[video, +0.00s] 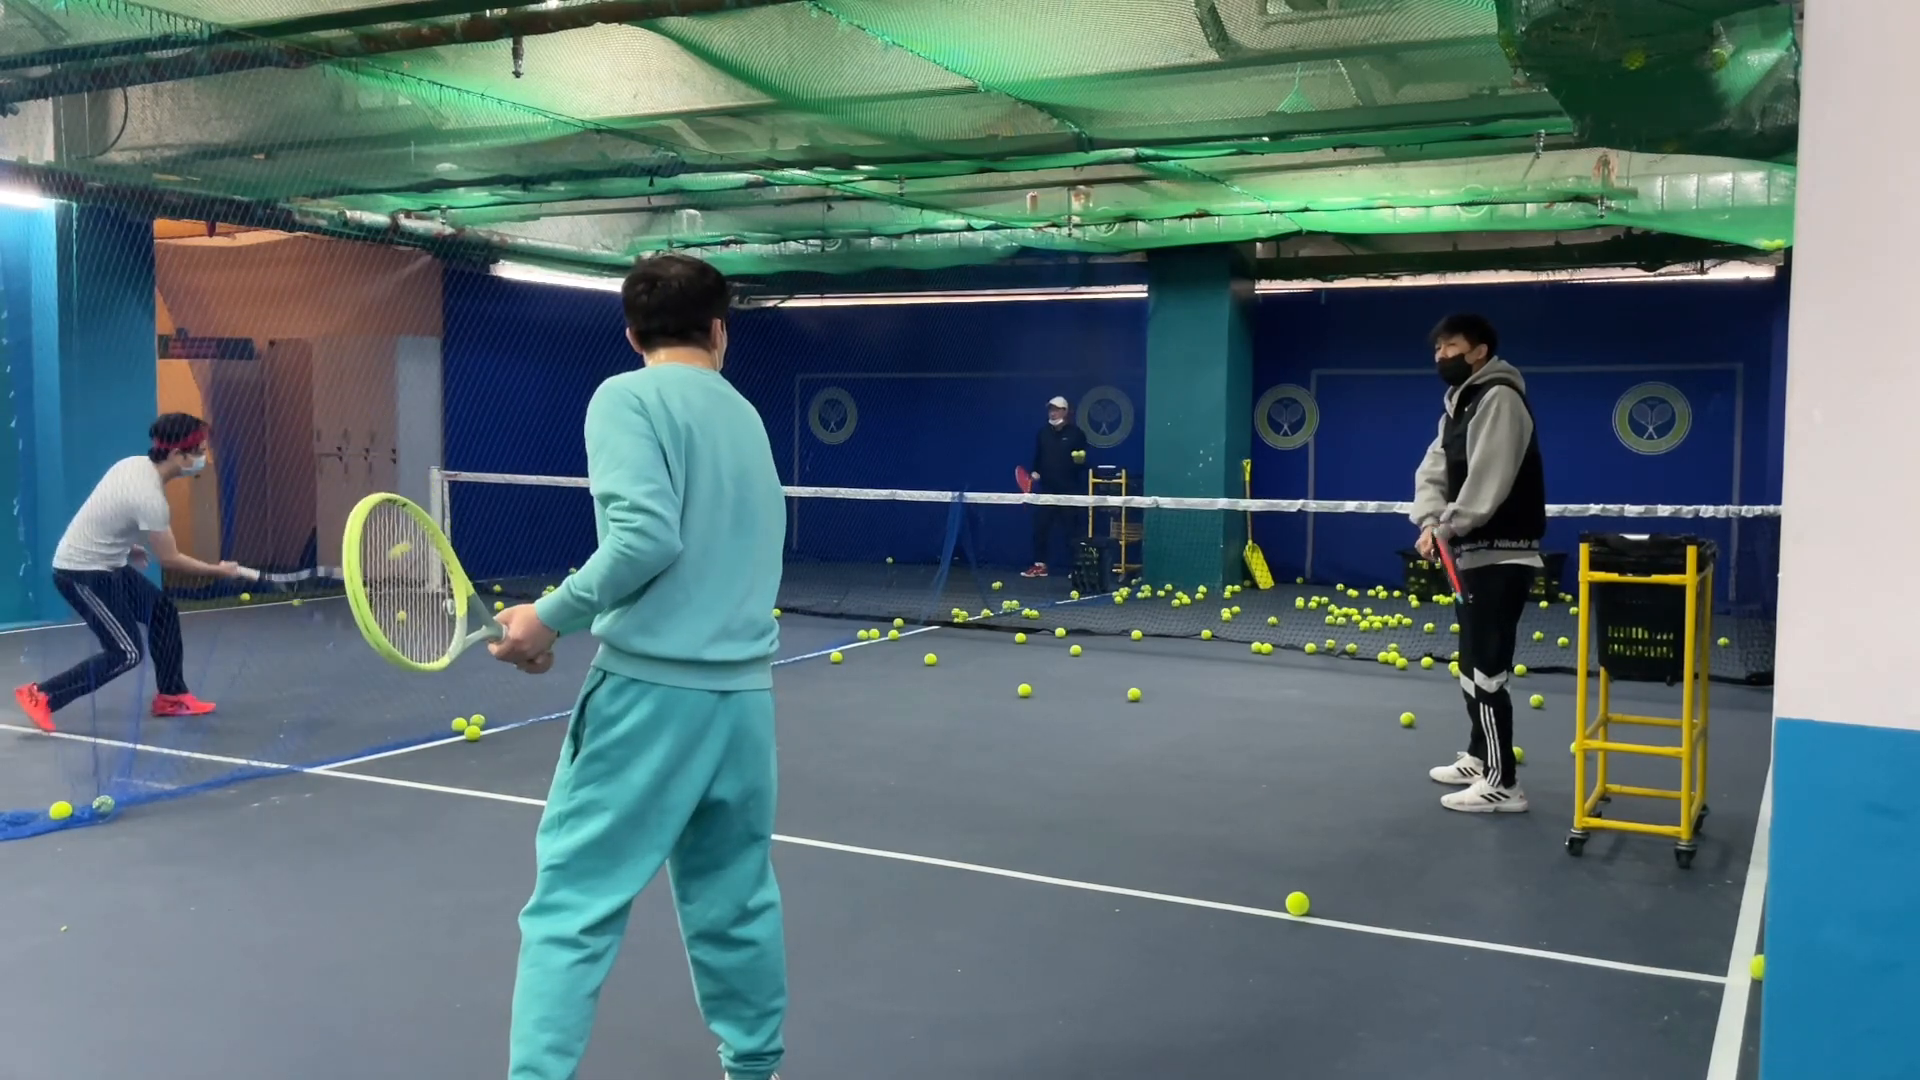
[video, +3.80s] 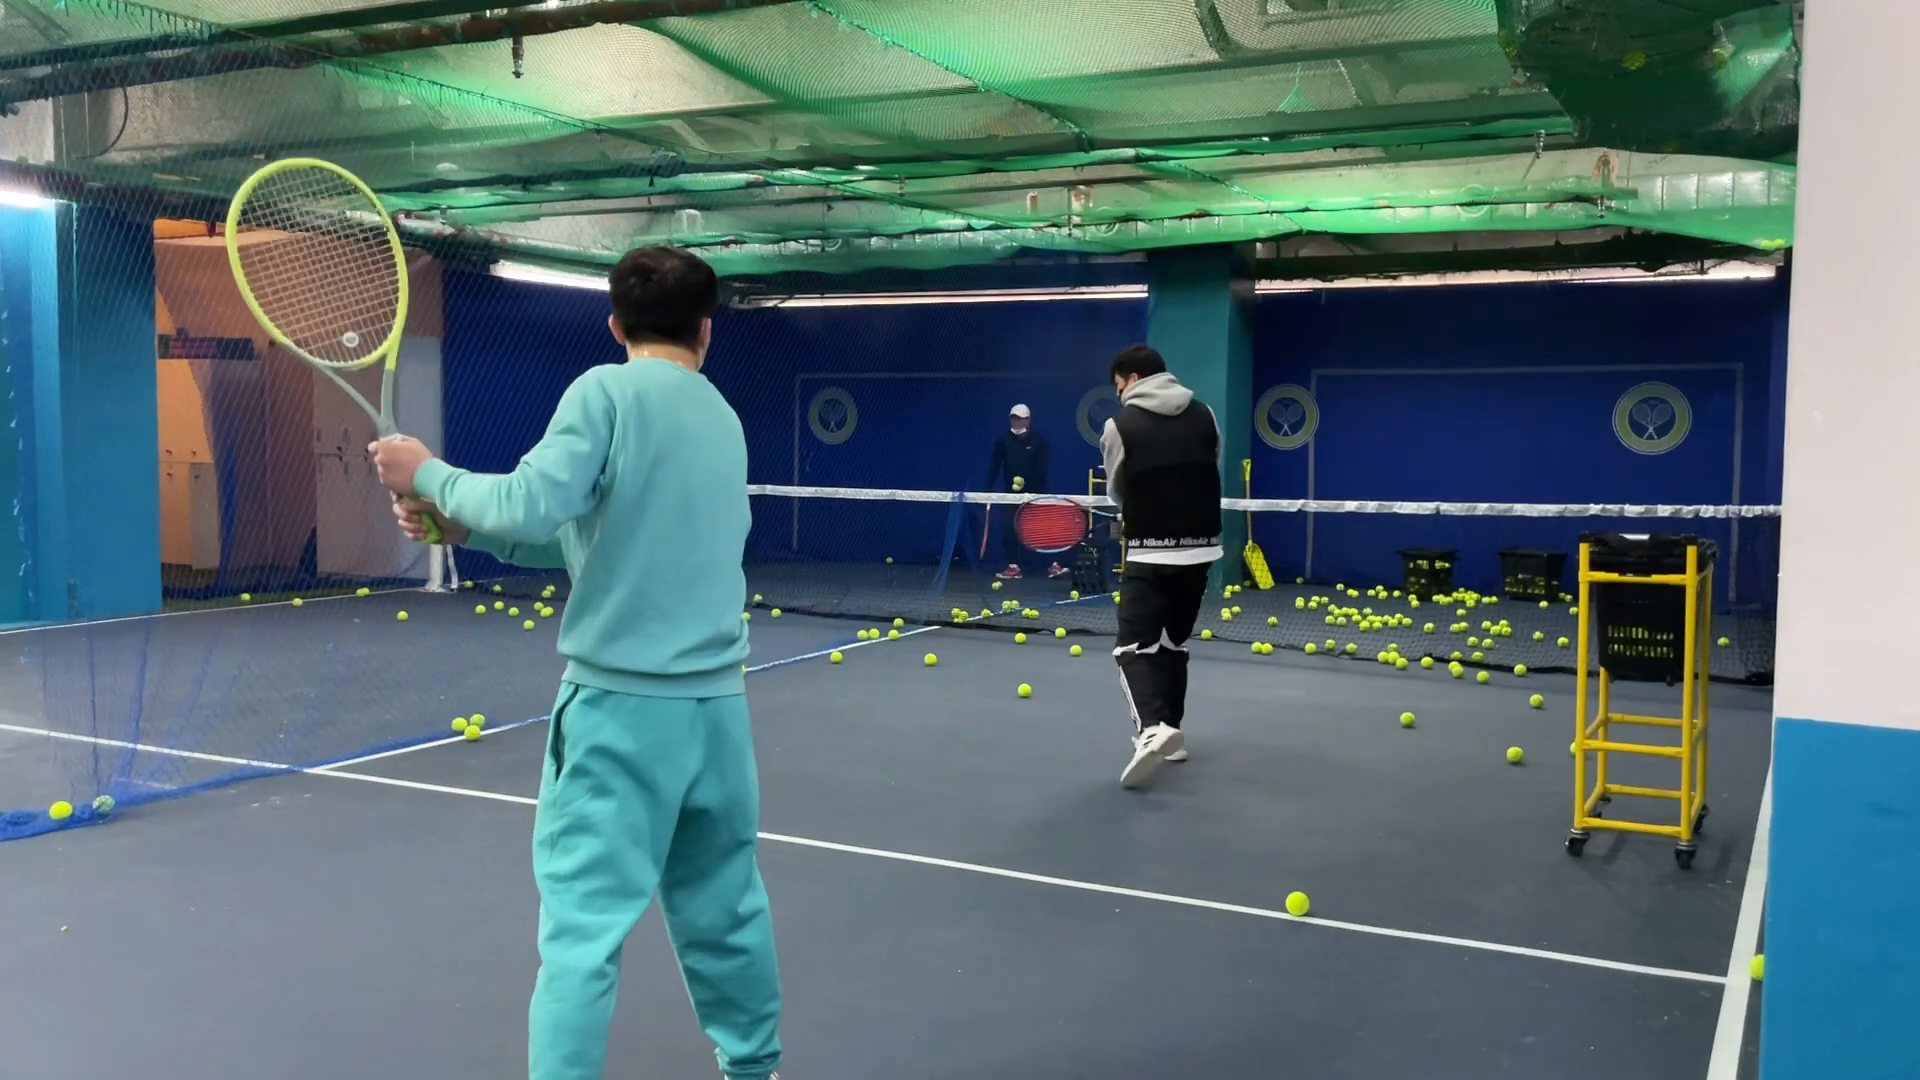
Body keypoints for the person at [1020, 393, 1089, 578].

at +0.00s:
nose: (1052, 413)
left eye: (1056, 409)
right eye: (1050, 409)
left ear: (1065, 412)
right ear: (1048, 411)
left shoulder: (1076, 433)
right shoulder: (1043, 433)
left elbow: (1084, 461)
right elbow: (1039, 457)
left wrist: (1080, 459)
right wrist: (1035, 472)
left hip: (1070, 485)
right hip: (1047, 485)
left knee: (1072, 526)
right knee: (1041, 525)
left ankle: (1076, 567)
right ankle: (1040, 564)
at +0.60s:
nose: (1056, 414)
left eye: (1060, 411)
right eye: (1054, 411)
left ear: (1067, 412)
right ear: (1050, 413)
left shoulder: (1076, 433)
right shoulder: (1045, 432)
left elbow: (1084, 459)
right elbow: (1034, 452)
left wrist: (1078, 461)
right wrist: (1048, 452)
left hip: (1070, 485)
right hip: (1048, 484)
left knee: (1071, 525)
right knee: (1044, 524)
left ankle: (1074, 565)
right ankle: (1040, 563)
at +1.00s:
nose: (1067, 408)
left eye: (1070, 405)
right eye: (1064, 405)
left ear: (1075, 408)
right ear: (1058, 408)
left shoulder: (1078, 432)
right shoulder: (1048, 428)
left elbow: (1083, 456)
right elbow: (1030, 445)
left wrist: (1089, 460)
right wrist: (1027, 460)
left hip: (1071, 484)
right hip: (1048, 483)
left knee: (1072, 524)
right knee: (1046, 523)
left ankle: (1072, 565)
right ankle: (1044, 564)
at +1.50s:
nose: (1039, 411)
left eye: (1043, 408)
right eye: (1036, 408)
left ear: (1050, 410)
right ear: (1032, 411)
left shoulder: (1059, 433)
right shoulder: (1025, 433)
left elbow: (1071, 459)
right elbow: (1015, 457)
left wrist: (1062, 459)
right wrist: (1009, 478)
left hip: (1053, 485)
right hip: (1032, 484)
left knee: (1049, 524)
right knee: (1036, 525)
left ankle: (1046, 565)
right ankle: (1042, 565)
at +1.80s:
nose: (1030, 412)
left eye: (1034, 409)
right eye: (1028, 408)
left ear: (1043, 412)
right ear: (1025, 411)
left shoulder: (1052, 434)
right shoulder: (1022, 435)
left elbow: (1057, 464)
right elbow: (1015, 462)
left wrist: (1037, 470)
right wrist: (1010, 477)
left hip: (1046, 489)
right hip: (1025, 488)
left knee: (1042, 528)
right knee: (1018, 528)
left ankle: (1037, 569)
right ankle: (1036, 559)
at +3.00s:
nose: (1022, 420)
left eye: (1026, 417)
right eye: (1020, 417)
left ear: (1035, 419)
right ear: (1018, 420)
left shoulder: (1047, 439)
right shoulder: (1015, 442)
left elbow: (1054, 465)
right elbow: (1006, 468)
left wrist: (1052, 490)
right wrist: (1002, 492)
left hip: (1050, 491)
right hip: (1028, 491)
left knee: (1058, 530)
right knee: (1019, 529)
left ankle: (1064, 566)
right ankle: (1015, 565)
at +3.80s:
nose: (1015, 422)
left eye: (1019, 419)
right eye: (1013, 418)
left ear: (1027, 420)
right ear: (1010, 419)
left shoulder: (1037, 441)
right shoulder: (1004, 441)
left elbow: (1042, 468)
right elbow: (995, 468)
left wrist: (1038, 491)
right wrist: (988, 491)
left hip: (1036, 491)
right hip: (1011, 492)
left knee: (1045, 526)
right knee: (1010, 529)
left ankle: (1053, 564)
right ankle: (1013, 565)